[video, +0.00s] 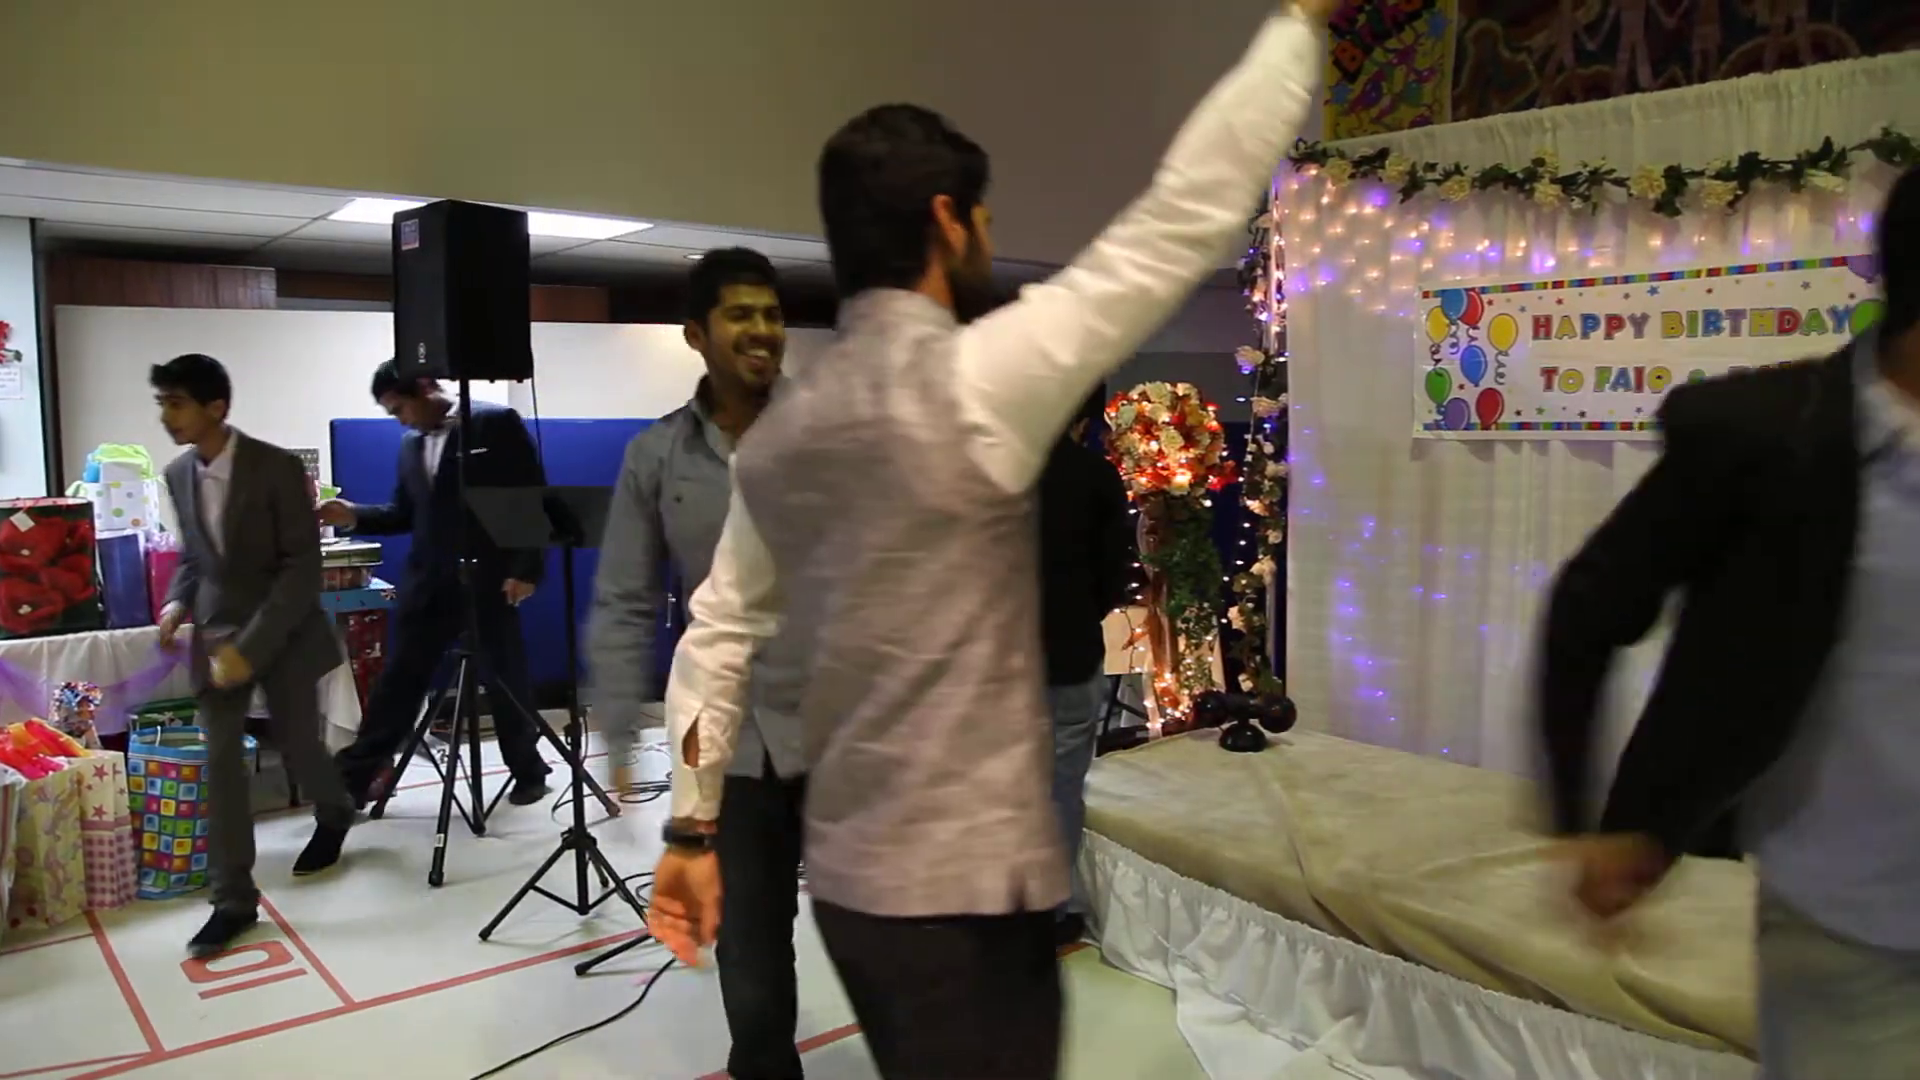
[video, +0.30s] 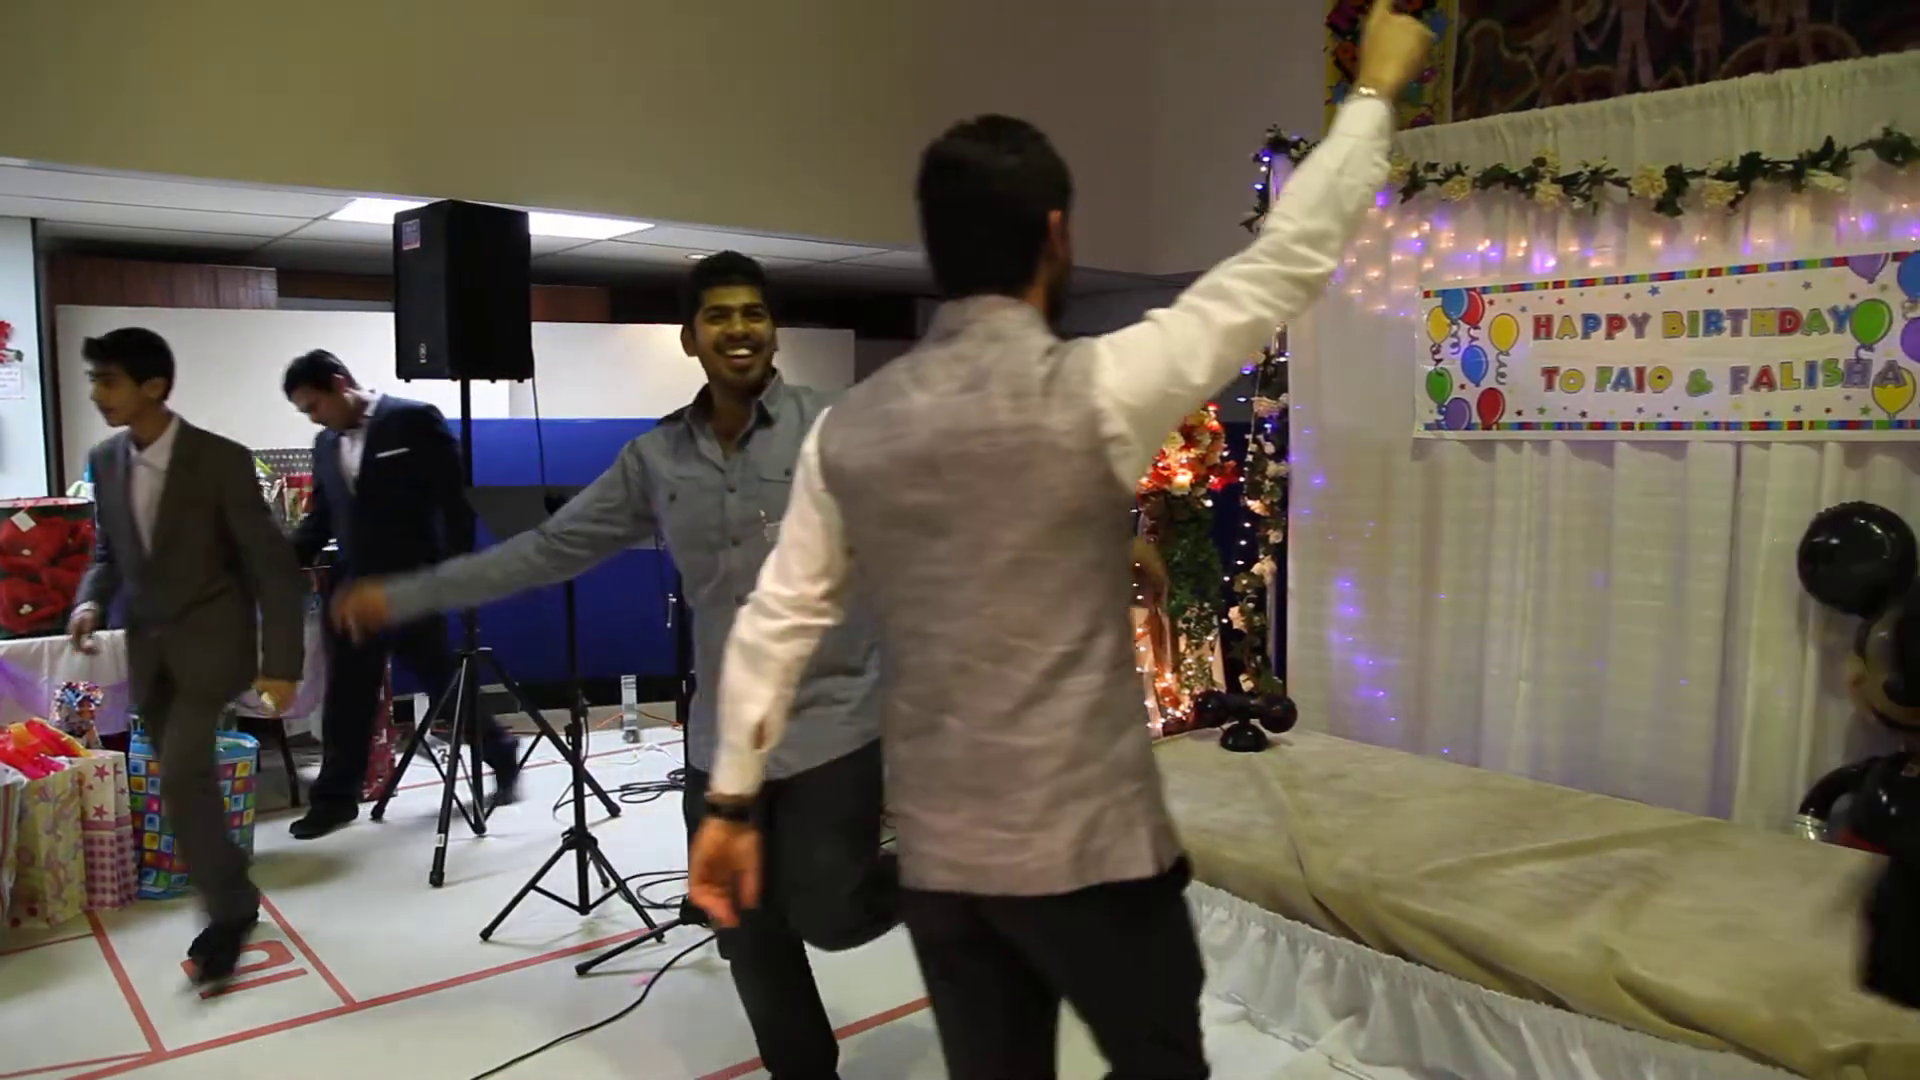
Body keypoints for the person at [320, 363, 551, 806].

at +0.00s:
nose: (399, 421)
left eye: (400, 410)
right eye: (393, 414)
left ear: (426, 390)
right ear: (408, 405)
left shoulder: (496, 424)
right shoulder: (413, 446)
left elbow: (531, 499)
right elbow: (406, 515)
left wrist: (526, 568)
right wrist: (356, 517)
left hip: (489, 577)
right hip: (429, 581)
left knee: (505, 675)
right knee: (399, 681)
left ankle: (529, 771)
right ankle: (351, 786)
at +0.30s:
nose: (313, 419)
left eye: (313, 406)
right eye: (306, 411)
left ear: (341, 385)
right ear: (331, 394)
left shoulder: (415, 421)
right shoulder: (326, 446)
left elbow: (454, 503)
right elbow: (322, 515)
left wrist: (457, 572)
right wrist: (289, 559)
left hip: (413, 581)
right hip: (353, 589)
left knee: (443, 682)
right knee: (347, 702)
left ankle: (503, 756)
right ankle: (334, 802)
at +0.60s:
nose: (265, 394)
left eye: (270, 382)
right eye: (258, 385)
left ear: (306, 371)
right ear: (261, 385)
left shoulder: (364, 418)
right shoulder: (274, 432)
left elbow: (410, 493)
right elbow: (271, 508)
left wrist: (403, 571)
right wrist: (241, 559)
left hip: (359, 576)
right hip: (304, 578)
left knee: (338, 679)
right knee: (318, 685)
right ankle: (334, 790)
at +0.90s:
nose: (238, 386)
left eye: (248, 375)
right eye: (235, 376)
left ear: (288, 377)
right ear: (238, 382)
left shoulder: (348, 438)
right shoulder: (230, 446)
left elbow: (385, 521)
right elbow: (221, 525)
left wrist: (399, 597)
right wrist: (209, 576)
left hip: (332, 606)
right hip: (267, 610)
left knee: (321, 730)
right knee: (301, 721)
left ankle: (309, 863)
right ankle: (340, 798)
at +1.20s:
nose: (211, 357)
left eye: (223, 346)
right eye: (208, 347)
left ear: (265, 354)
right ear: (213, 357)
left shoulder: (322, 425)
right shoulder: (193, 433)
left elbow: (358, 522)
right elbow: (181, 530)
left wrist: (366, 603)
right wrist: (167, 614)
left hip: (303, 619)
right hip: (226, 622)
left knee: (311, 746)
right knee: (240, 739)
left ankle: (308, 877)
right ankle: (307, 819)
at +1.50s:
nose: (143, 362)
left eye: (156, 350)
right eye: (141, 351)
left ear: (204, 358)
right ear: (159, 361)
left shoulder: (265, 436)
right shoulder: (135, 440)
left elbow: (299, 539)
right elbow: (122, 546)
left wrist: (279, 622)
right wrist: (107, 636)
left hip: (246, 643)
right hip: (162, 647)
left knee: (272, 770)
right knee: (163, 796)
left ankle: (303, 878)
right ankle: (135, 944)